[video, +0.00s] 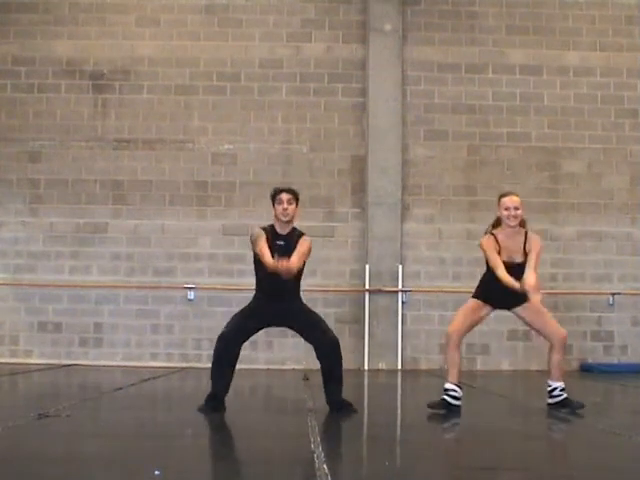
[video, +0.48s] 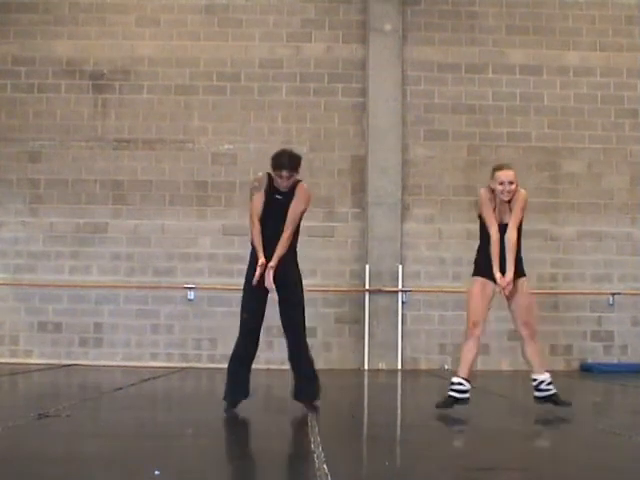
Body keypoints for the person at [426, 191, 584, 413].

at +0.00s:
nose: (512, 213)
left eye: (516, 209)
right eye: (507, 209)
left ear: (522, 211)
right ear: (499, 212)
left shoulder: (532, 240)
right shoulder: (489, 240)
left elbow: (531, 270)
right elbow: (499, 270)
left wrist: (532, 290)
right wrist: (519, 286)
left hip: (518, 296)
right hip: (488, 295)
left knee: (559, 336)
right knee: (453, 334)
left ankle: (556, 394)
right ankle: (452, 395)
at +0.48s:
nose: (506, 188)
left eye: (511, 183)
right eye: (501, 183)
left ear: (516, 184)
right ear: (493, 185)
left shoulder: (520, 196)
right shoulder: (485, 195)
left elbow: (513, 233)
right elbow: (493, 233)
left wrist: (510, 273)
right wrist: (496, 272)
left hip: (513, 264)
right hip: (485, 265)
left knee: (528, 328)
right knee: (474, 328)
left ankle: (542, 384)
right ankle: (460, 386)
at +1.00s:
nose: (506, 291)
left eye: (511, 287)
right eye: (501, 286)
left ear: (518, 284)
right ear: (492, 279)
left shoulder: (519, 302)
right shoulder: (482, 279)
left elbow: (518, 343)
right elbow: (468, 263)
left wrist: (516, 384)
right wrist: (470, 293)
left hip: (505, 344)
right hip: (476, 341)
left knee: (545, 353)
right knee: (445, 352)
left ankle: (507, 388)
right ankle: (473, 389)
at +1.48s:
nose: (500, 313)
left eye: (497, 315)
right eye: (500, 314)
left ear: (502, 316)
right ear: (499, 314)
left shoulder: (521, 315)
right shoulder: (490, 284)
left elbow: (514, 361)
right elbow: (493, 239)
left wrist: (513, 403)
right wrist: (499, 203)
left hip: (515, 312)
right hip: (479, 294)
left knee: (540, 347)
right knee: (445, 334)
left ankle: (568, 382)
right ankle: (410, 376)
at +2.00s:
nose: (509, 291)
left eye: (515, 291)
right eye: (511, 286)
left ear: (522, 299)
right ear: (509, 282)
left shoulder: (520, 320)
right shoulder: (500, 276)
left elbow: (518, 362)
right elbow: (487, 238)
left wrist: (513, 404)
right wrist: (478, 200)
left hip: (500, 322)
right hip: (474, 303)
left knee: (537, 351)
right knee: (441, 345)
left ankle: (577, 391)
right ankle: (407, 389)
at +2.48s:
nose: (511, 311)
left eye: (516, 307)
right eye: (506, 305)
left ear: (523, 306)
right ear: (496, 302)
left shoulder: (523, 323)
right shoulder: (482, 313)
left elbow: (526, 362)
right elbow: (475, 357)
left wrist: (519, 403)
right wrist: (475, 402)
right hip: (474, 299)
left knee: (543, 352)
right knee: (442, 345)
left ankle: (576, 393)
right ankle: (407, 389)